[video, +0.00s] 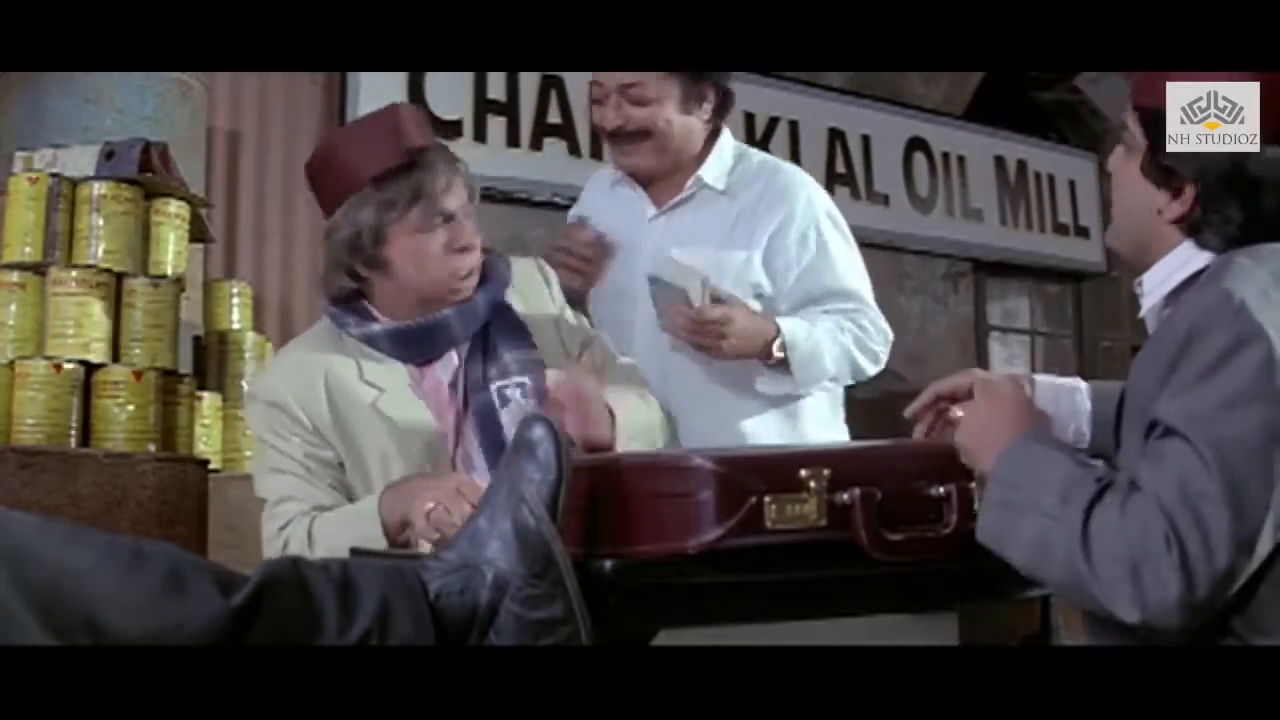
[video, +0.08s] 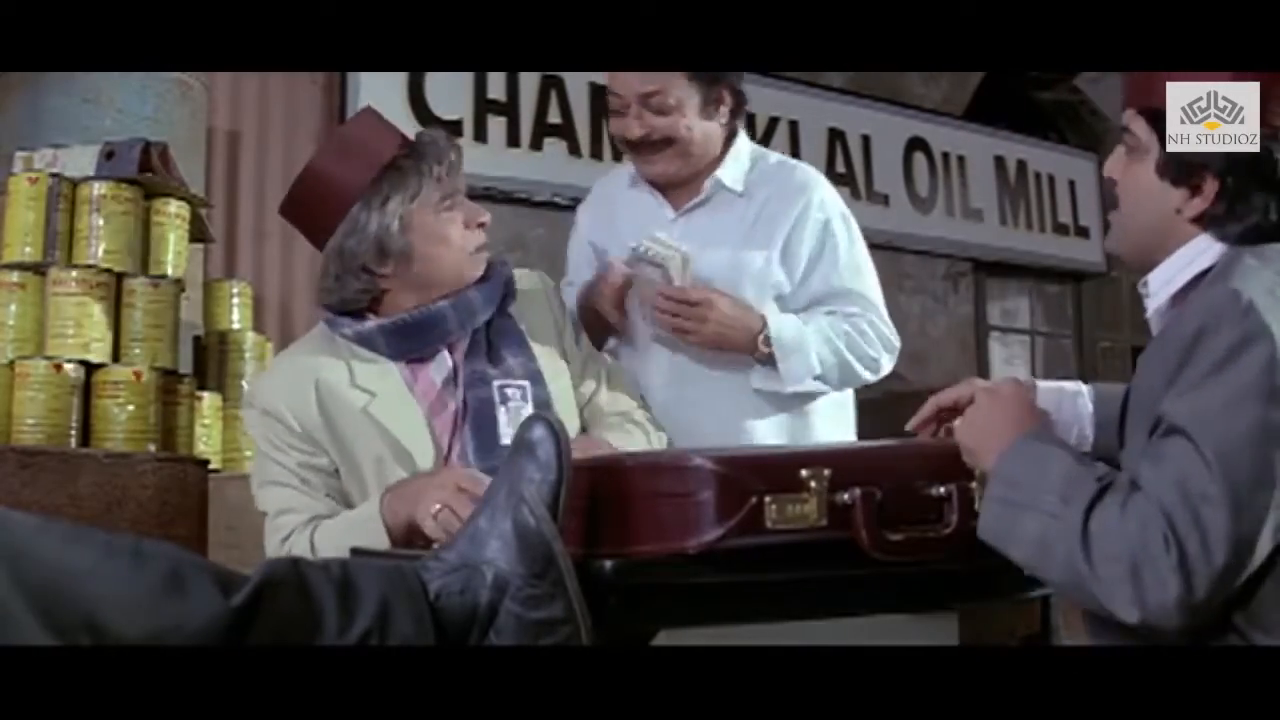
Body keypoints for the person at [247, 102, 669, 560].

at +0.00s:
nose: (471, 237)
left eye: (470, 213)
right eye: (439, 222)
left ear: (478, 209)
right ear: (366, 251)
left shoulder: (532, 301)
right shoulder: (297, 382)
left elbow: (655, 424)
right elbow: (289, 541)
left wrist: (607, 420)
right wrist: (394, 506)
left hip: (561, 597)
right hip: (407, 623)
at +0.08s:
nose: (481, 217)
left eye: (467, 198)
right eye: (447, 207)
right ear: (379, 257)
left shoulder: (532, 302)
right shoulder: (294, 387)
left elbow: (637, 429)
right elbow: (290, 550)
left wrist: (587, 455)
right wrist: (394, 509)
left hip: (561, 603)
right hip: (407, 627)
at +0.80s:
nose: (482, 218)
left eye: (469, 200)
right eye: (449, 210)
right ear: (384, 262)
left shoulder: (526, 330)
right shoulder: (292, 386)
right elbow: (280, 549)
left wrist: (595, 413)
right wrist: (392, 510)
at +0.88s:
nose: (462, 226)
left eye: (459, 204)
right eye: (427, 216)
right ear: (358, 255)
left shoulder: (519, 330)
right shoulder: (285, 381)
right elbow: (276, 549)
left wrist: (592, 414)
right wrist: (395, 509)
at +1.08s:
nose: (402, 245)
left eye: (413, 219)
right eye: (370, 228)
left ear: (433, 224)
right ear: (313, 252)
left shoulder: (504, 328)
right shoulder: (262, 395)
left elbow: (591, 402)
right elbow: (274, 556)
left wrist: (605, 445)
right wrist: (384, 503)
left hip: (534, 606)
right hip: (385, 627)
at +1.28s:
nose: (456, 205)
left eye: (444, 188)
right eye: (428, 194)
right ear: (365, 244)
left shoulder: (506, 325)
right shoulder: (273, 388)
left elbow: (592, 394)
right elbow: (275, 551)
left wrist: (612, 427)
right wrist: (381, 492)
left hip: (536, 617)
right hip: (388, 632)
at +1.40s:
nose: (463, 209)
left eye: (449, 192)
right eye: (434, 195)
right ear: (373, 245)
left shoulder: (495, 328)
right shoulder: (281, 383)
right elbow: (282, 550)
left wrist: (589, 414)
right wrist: (393, 461)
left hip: (529, 622)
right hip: (389, 634)